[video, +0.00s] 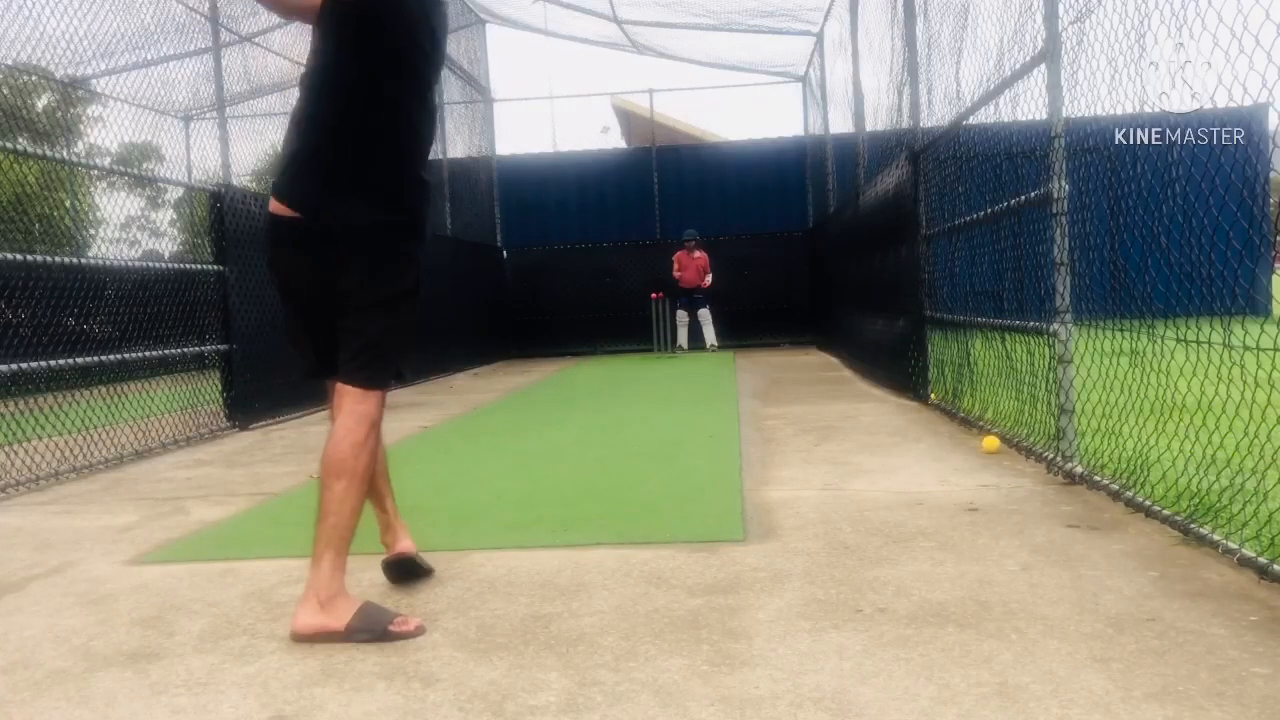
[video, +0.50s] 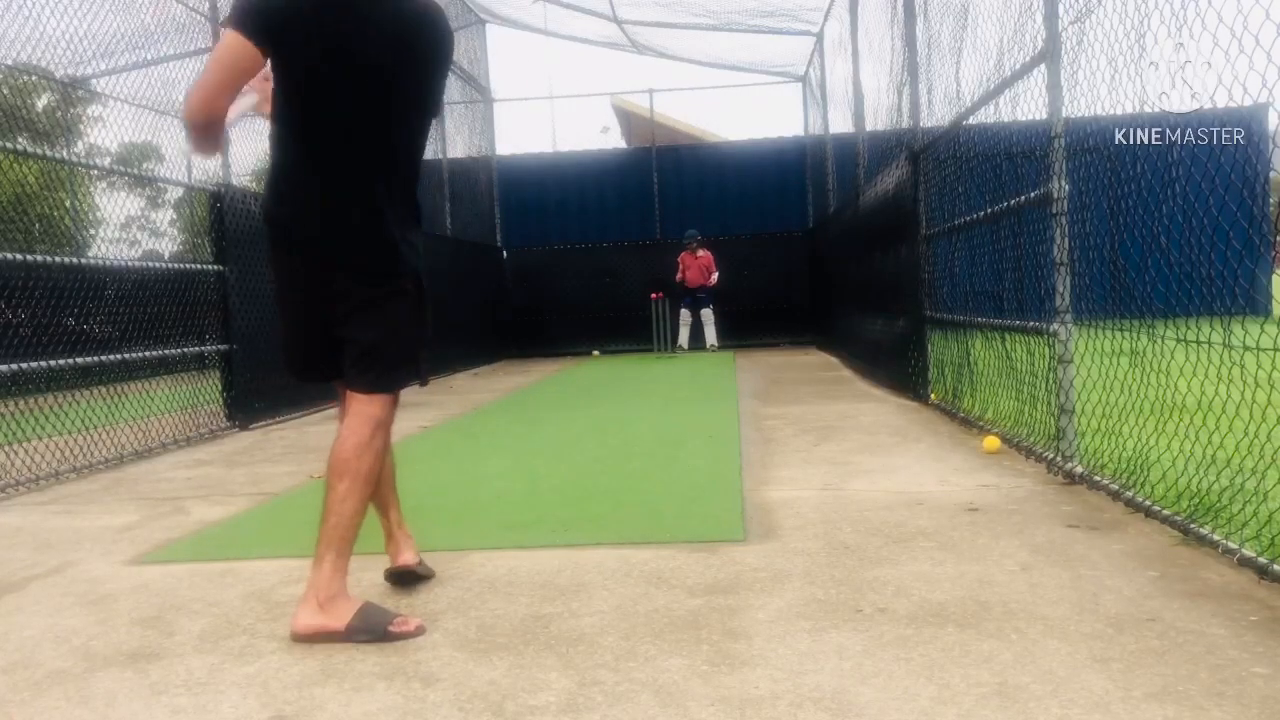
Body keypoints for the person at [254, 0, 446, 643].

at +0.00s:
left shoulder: (348, 11)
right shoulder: (420, 13)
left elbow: (282, 3)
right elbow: (284, 4)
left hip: (300, 214)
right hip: (381, 218)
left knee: (354, 387)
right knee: (357, 400)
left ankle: (395, 533)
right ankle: (324, 597)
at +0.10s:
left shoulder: (349, 5)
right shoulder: (419, 11)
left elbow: (287, 1)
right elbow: (289, 2)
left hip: (299, 198)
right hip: (371, 200)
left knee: (340, 385)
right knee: (354, 400)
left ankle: (391, 532)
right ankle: (324, 597)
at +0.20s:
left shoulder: (345, 6)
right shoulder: (420, 12)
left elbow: (284, 1)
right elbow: (287, 3)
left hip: (301, 202)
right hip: (367, 205)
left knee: (341, 383)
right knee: (356, 397)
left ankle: (391, 533)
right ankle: (324, 597)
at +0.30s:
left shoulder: (329, 16)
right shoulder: (419, 13)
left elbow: (259, 4)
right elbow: (266, 7)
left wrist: (325, 50)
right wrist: (318, 45)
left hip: (300, 202)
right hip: (367, 207)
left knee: (350, 382)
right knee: (358, 396)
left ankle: (393, 533)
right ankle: (324, 595)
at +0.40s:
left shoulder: (330, 10)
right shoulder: (426, 16)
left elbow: (206, 41)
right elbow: (326, 74)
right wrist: (245, 34)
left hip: (304, 211)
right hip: (376, 218)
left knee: (356, 386)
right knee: (363, 398)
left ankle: (396, 535)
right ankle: (325, 596)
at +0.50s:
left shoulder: (287, 3)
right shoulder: (432, 21)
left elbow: (201, 106)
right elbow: (389, 117)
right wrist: (284, 99)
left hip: (299, 216)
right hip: (384, 219)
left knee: (364, 387)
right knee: (368, 399)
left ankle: (400, 540)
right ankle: (325, 598)